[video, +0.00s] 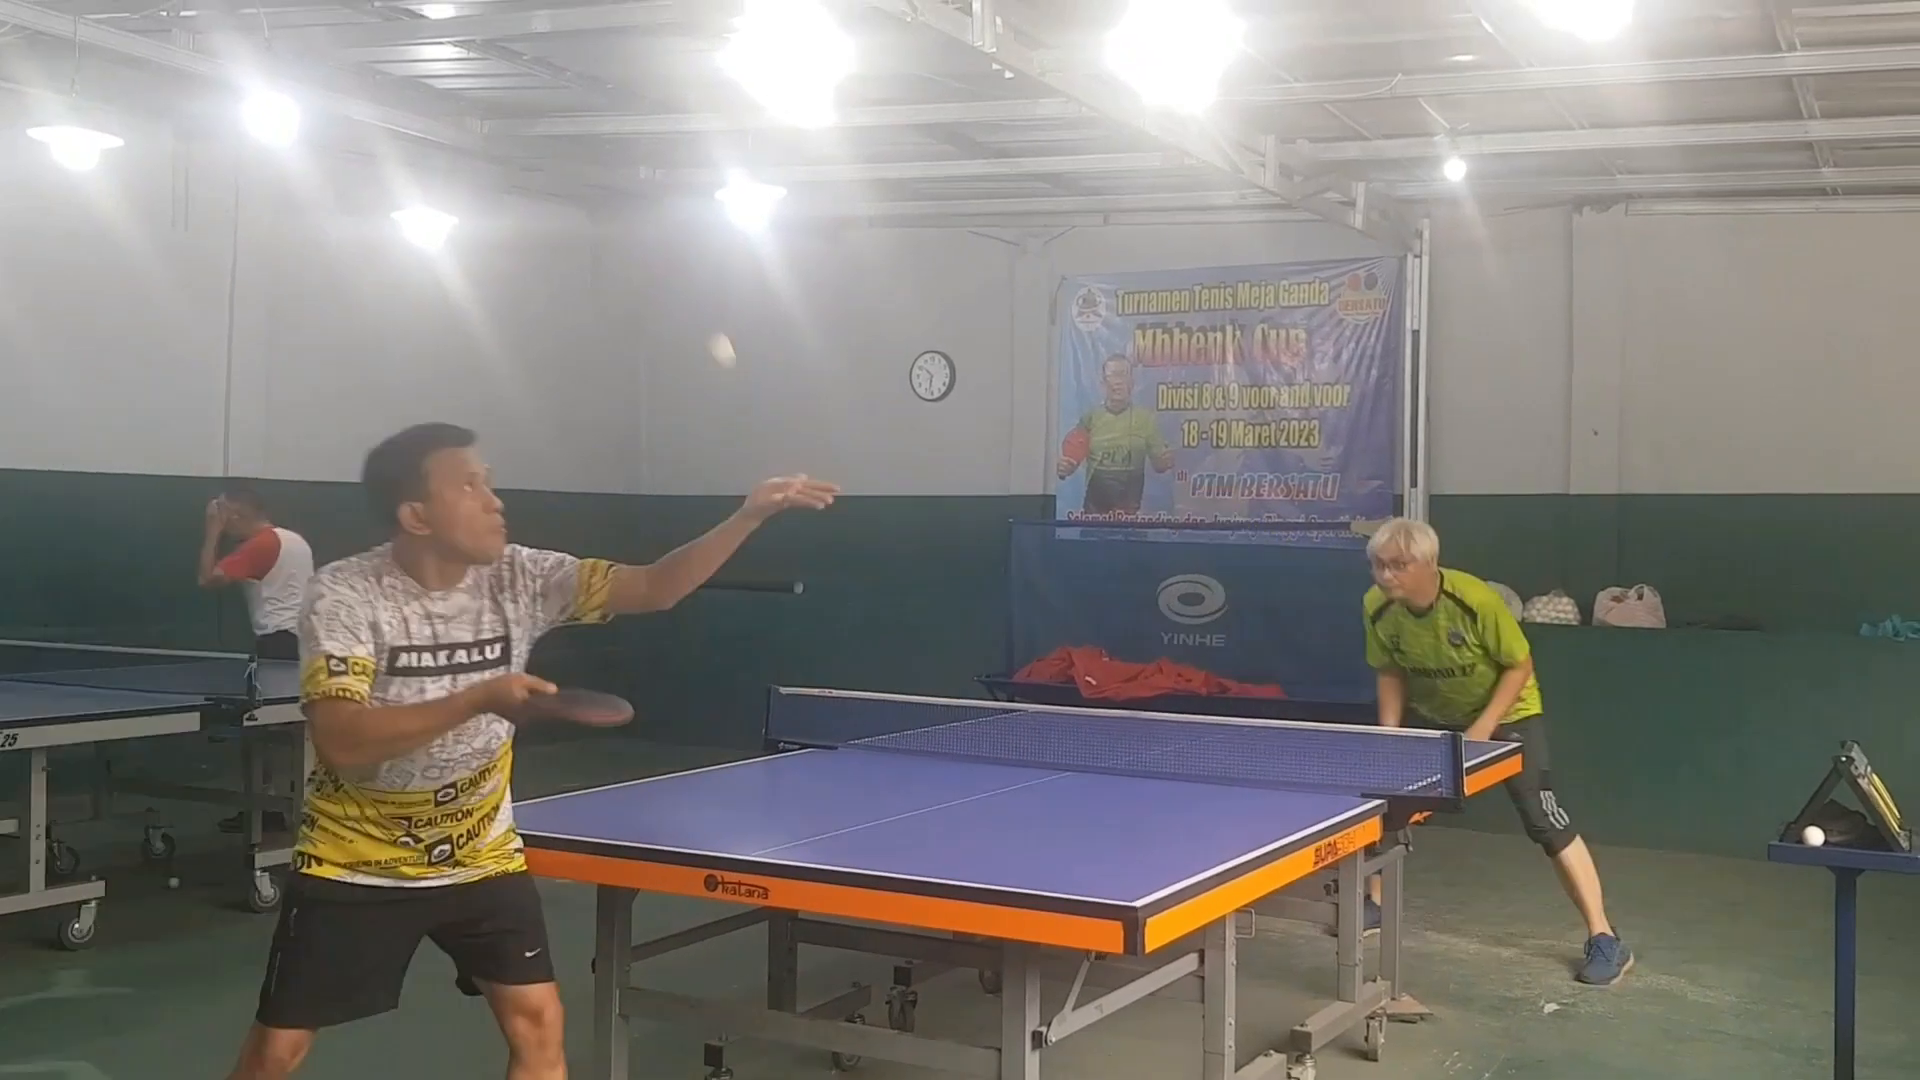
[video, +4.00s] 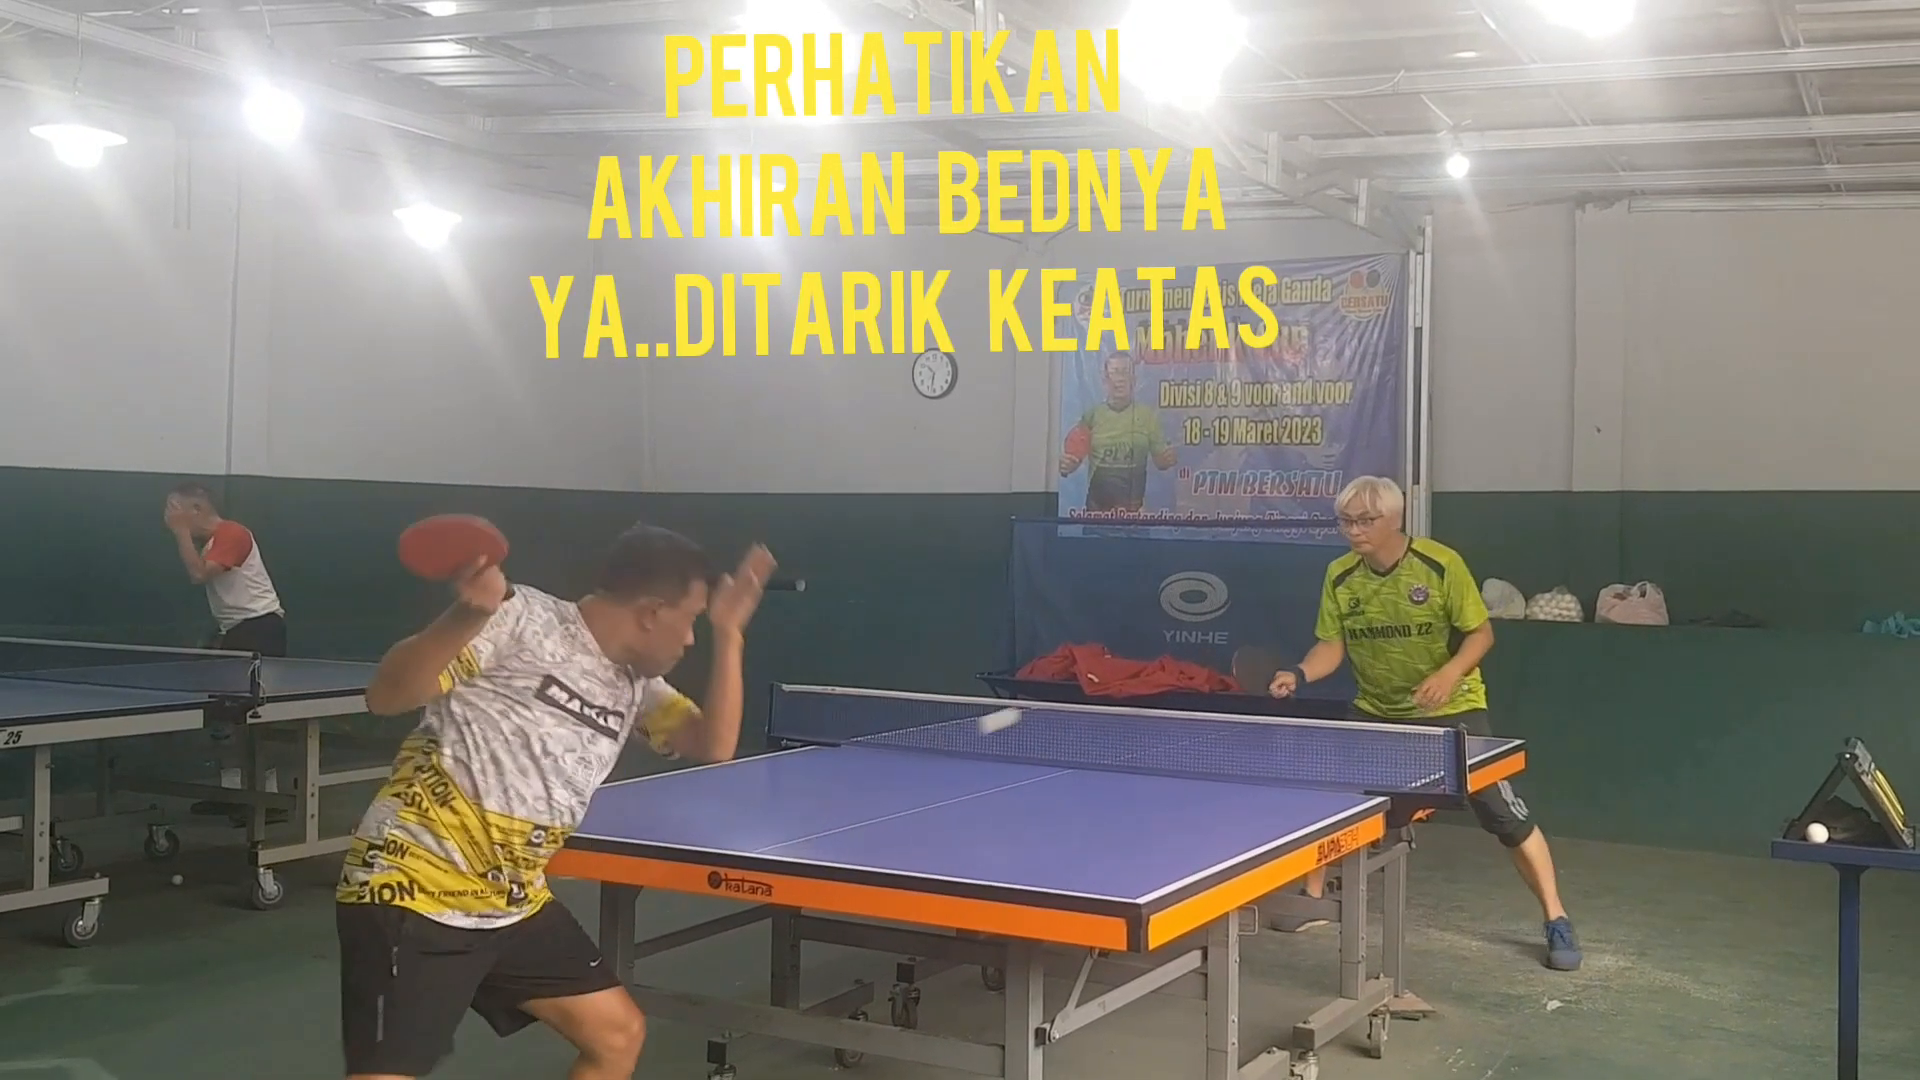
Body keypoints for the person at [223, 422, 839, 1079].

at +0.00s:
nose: (495, 498)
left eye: (489, 482)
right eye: (473, 487)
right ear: (413, 516)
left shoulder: (520, 578)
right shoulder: (348, 592)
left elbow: (653, 586)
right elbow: (340, 740)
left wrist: (752, 513)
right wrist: (477, 699)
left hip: (481, 854)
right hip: (355, 860)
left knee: (537, 1022)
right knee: (275, 1051)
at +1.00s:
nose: (453, 483)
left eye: (446, 468)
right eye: (429, 471)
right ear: (371, 502)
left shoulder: (482, 570)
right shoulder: (303, 582)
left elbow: (622, 597)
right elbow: (267, 719)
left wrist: (728, 556)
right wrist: (413, 702)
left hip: (446, 844)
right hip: (320, 856)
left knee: (515, 1003)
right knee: (263, 1053)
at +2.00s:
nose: (474, 498)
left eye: (470, 481)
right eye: (453, 485)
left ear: (464, 497)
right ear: (391, 509)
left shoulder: (498, 577)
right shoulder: (314, 563)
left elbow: (633, 606)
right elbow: (190, 624)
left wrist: (737, 562)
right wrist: (327, 615)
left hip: (431, 825)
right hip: (311, 840)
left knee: (540, 959)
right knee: (256, 1047)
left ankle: (443, 1071)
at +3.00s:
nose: (592, 563)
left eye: (596, 547)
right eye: (579, 545)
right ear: (518, 543)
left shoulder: (578, 612)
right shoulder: (442, 563)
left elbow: (685, 623)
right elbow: (325, 580)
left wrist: (698, 527)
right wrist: (444, 671)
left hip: (471, 855)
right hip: (358, 854)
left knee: (569, 1020)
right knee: (275, 1057)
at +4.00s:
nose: (693, 641)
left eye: (698, 626)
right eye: (692, 621)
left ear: (646, 614)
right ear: (648, 612)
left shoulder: (632, 687)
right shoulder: (517, 615)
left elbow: (715, 746)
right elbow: (385, 695)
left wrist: (730, 635)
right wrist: (466, 613)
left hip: (510, 897)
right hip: (411, 886)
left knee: (618, 1035)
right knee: (383, 1072)